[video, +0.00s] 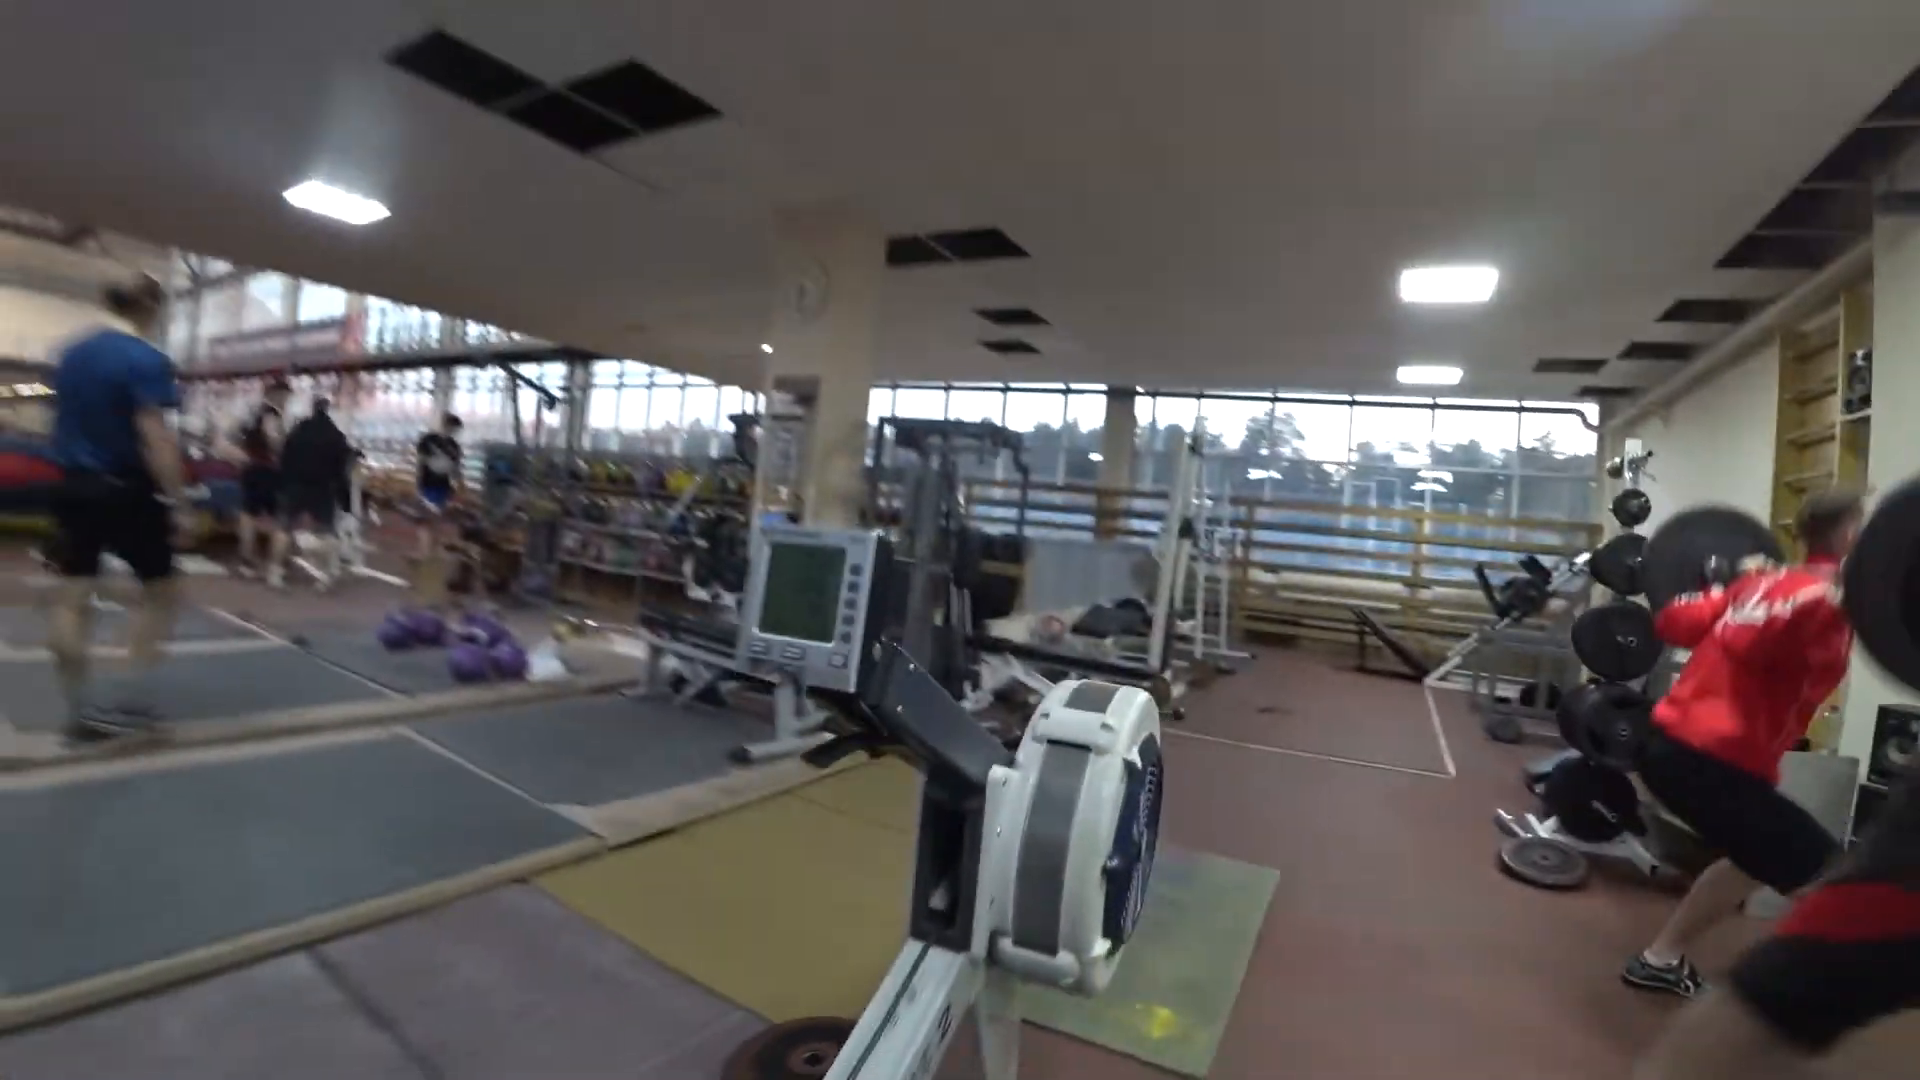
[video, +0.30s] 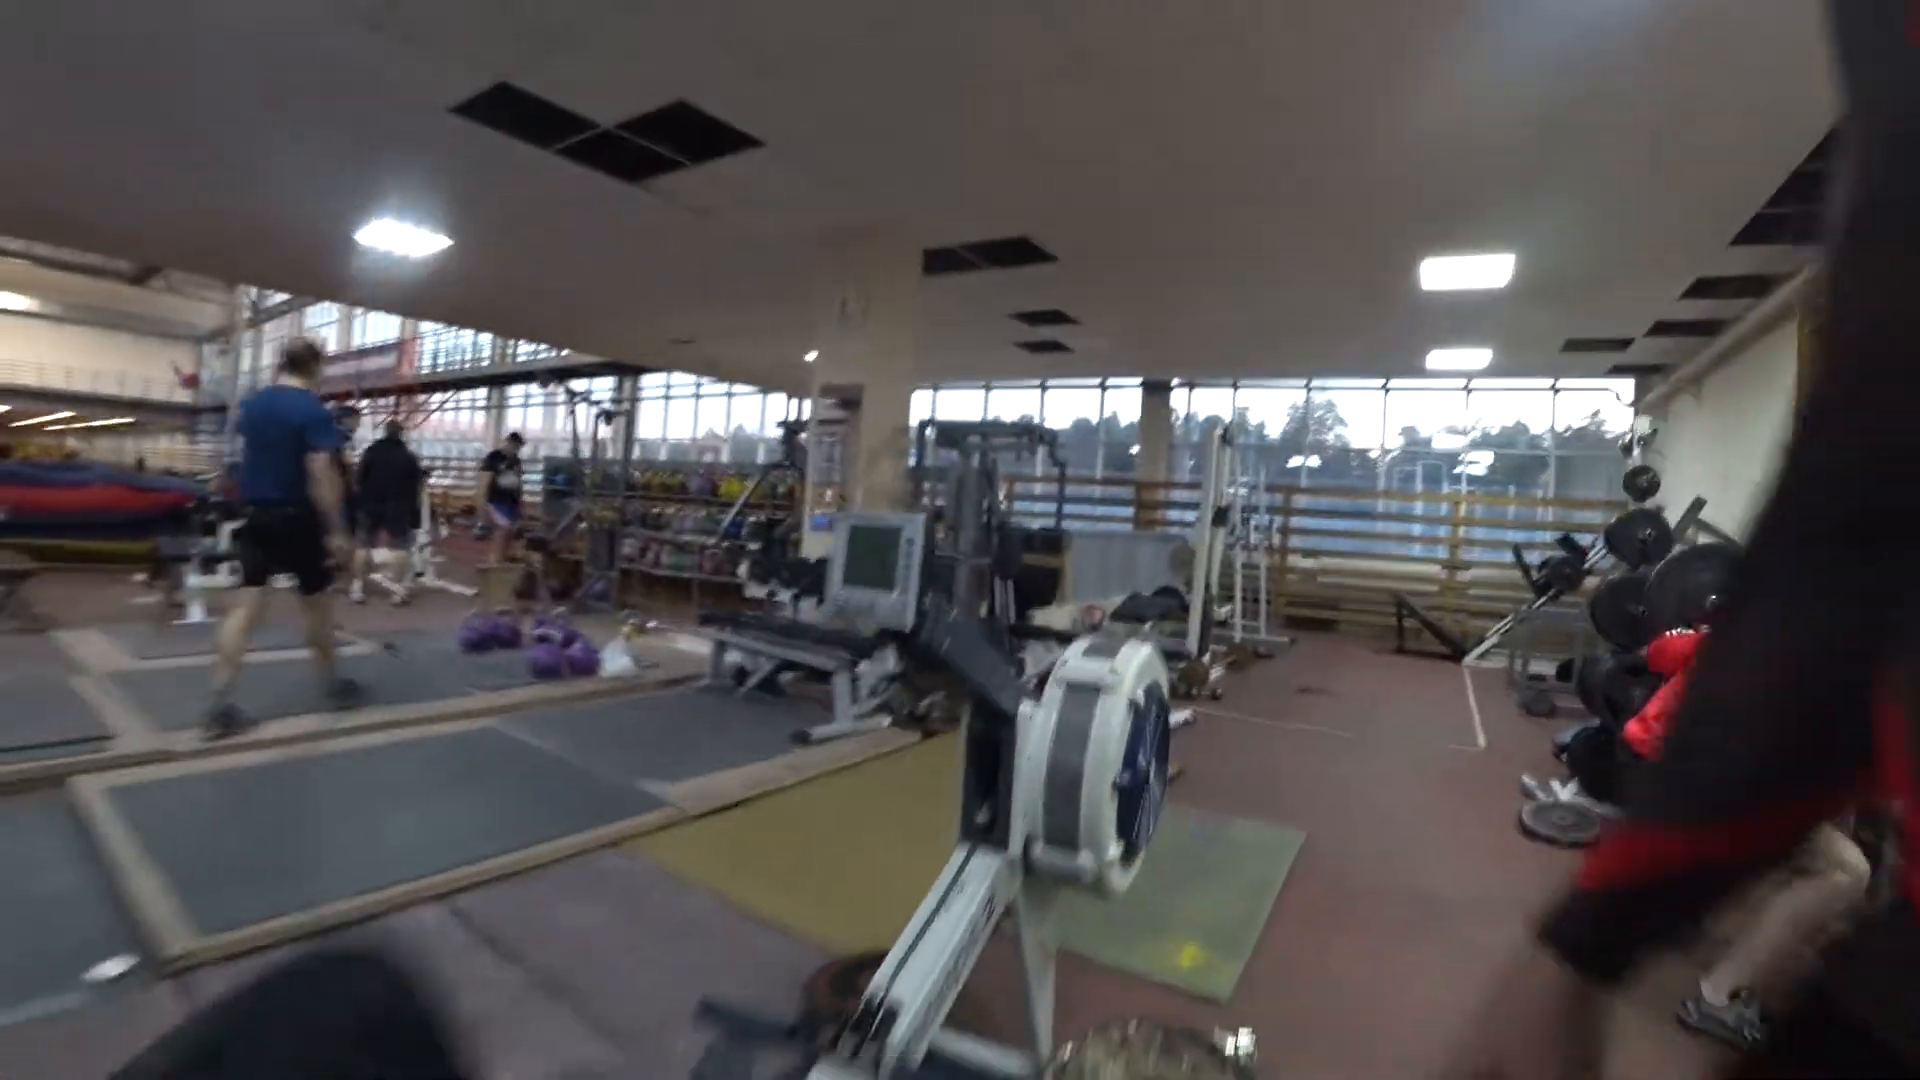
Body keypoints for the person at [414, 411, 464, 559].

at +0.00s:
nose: (451, 431)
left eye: (454, 428)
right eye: (450, 427)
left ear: (455, 429)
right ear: (444, 425)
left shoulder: (453, 446)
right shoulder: (427, 441)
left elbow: (456, 470)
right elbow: (420, 464)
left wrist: (460, 488)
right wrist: (418, 485)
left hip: (443, 487)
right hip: (426, 485)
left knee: (437, 518)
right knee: (425, 518)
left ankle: (435, 551)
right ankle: (425, 552)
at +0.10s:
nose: (472, 449)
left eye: (475, 446)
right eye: (470, 445)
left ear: (477, 447)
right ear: (464, 442)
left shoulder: (475, 462)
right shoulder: (450, 459)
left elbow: (478, 486)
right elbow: (442, 483)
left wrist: (481, 505)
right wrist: (439, 506)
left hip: (468, 503)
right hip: (451, 501)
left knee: (459, 535)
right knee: (452, 535)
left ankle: (452, 567)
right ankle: (452, 568)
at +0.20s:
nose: (493, 457)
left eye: (495, 454)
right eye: (491, 453)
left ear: (496, 454)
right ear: (484, 450)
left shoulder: (494, 469)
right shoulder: (469, 467)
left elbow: (497, 494)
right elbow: (463, 492)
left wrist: (499, 515)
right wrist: (459, 515)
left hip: (489, 510)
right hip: (473, 509)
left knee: (481, 542)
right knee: (476, 542)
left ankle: (474, 573)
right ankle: (472, 574)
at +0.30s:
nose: (515, 449)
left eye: (518, 447)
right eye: (514, 446)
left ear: (519, 447)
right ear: (508, 442)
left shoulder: (516, 461)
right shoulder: (494, 458)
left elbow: (518, 484)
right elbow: (483, 484)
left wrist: (519, 503)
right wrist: (481, 510)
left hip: (512, 501)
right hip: (495, 500)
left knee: (510, 529)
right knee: (504, 526)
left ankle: (503, 557)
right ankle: (494, 559)